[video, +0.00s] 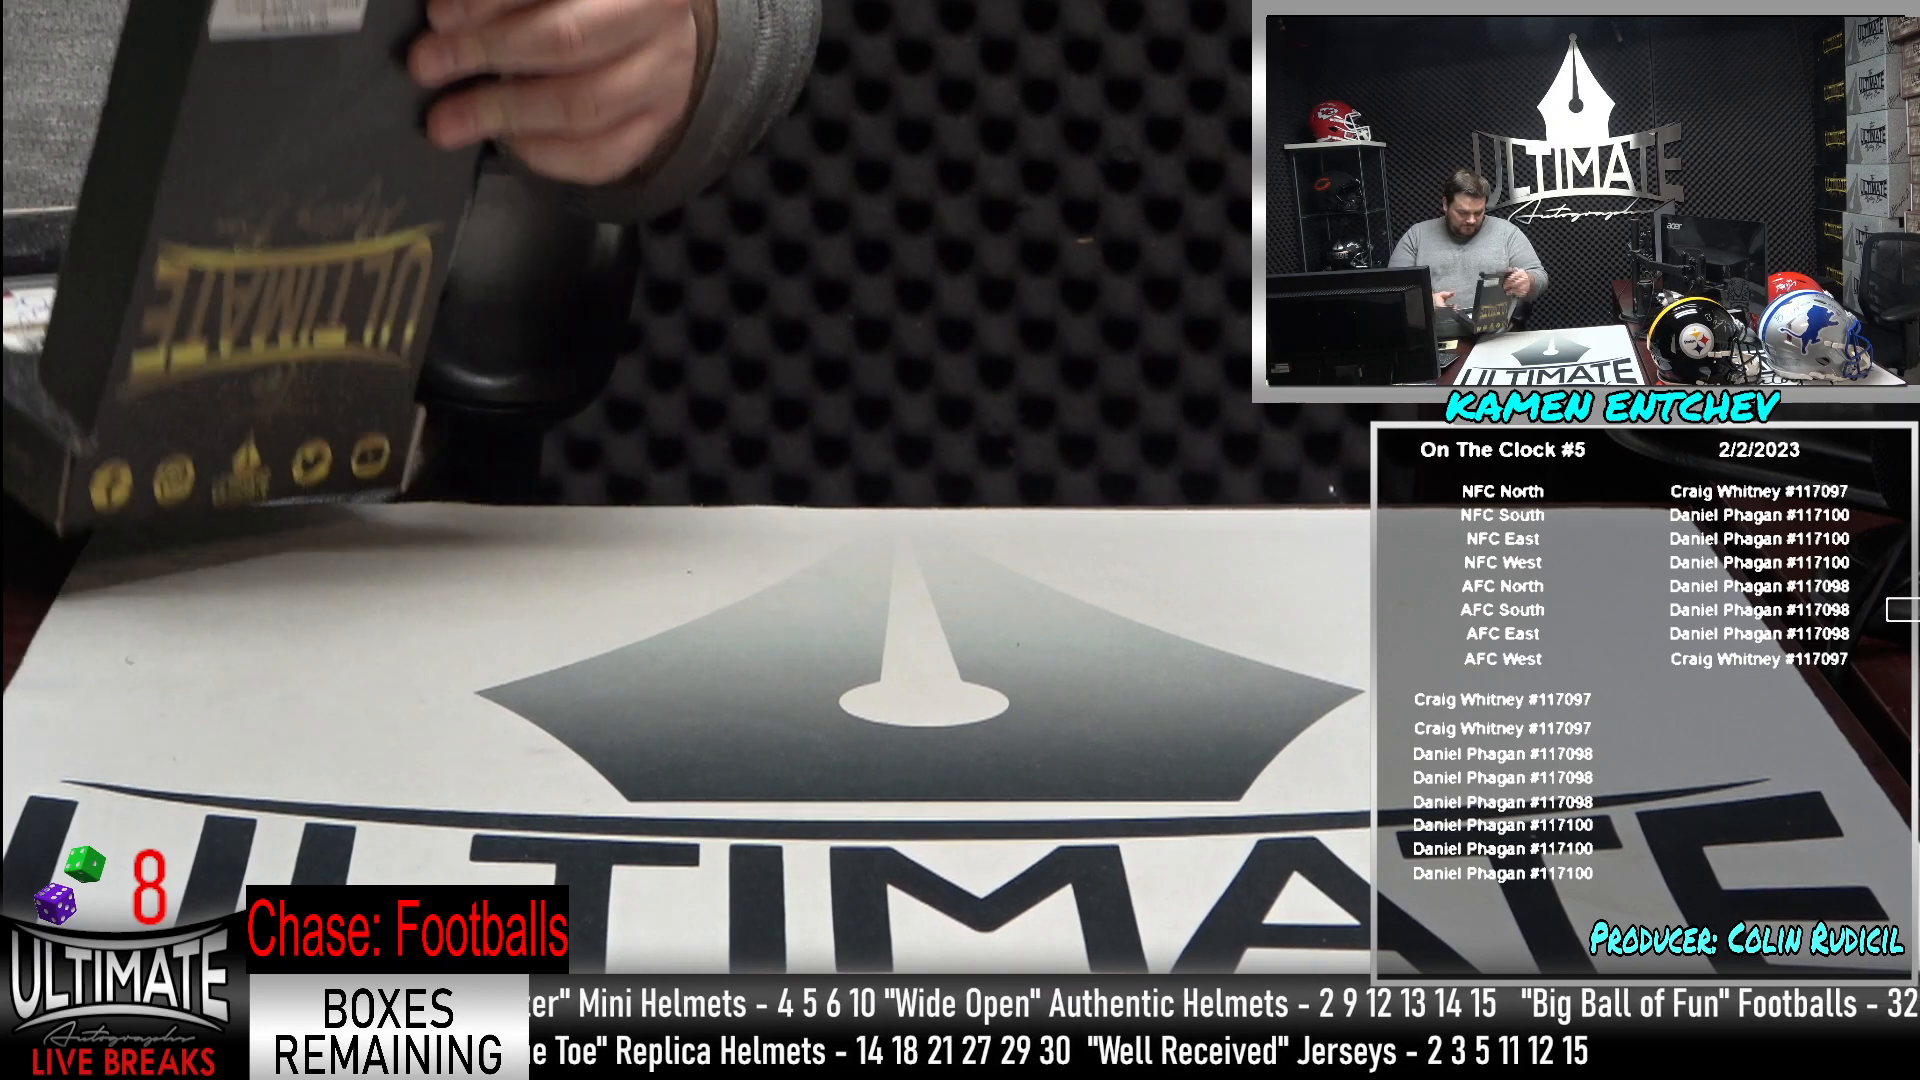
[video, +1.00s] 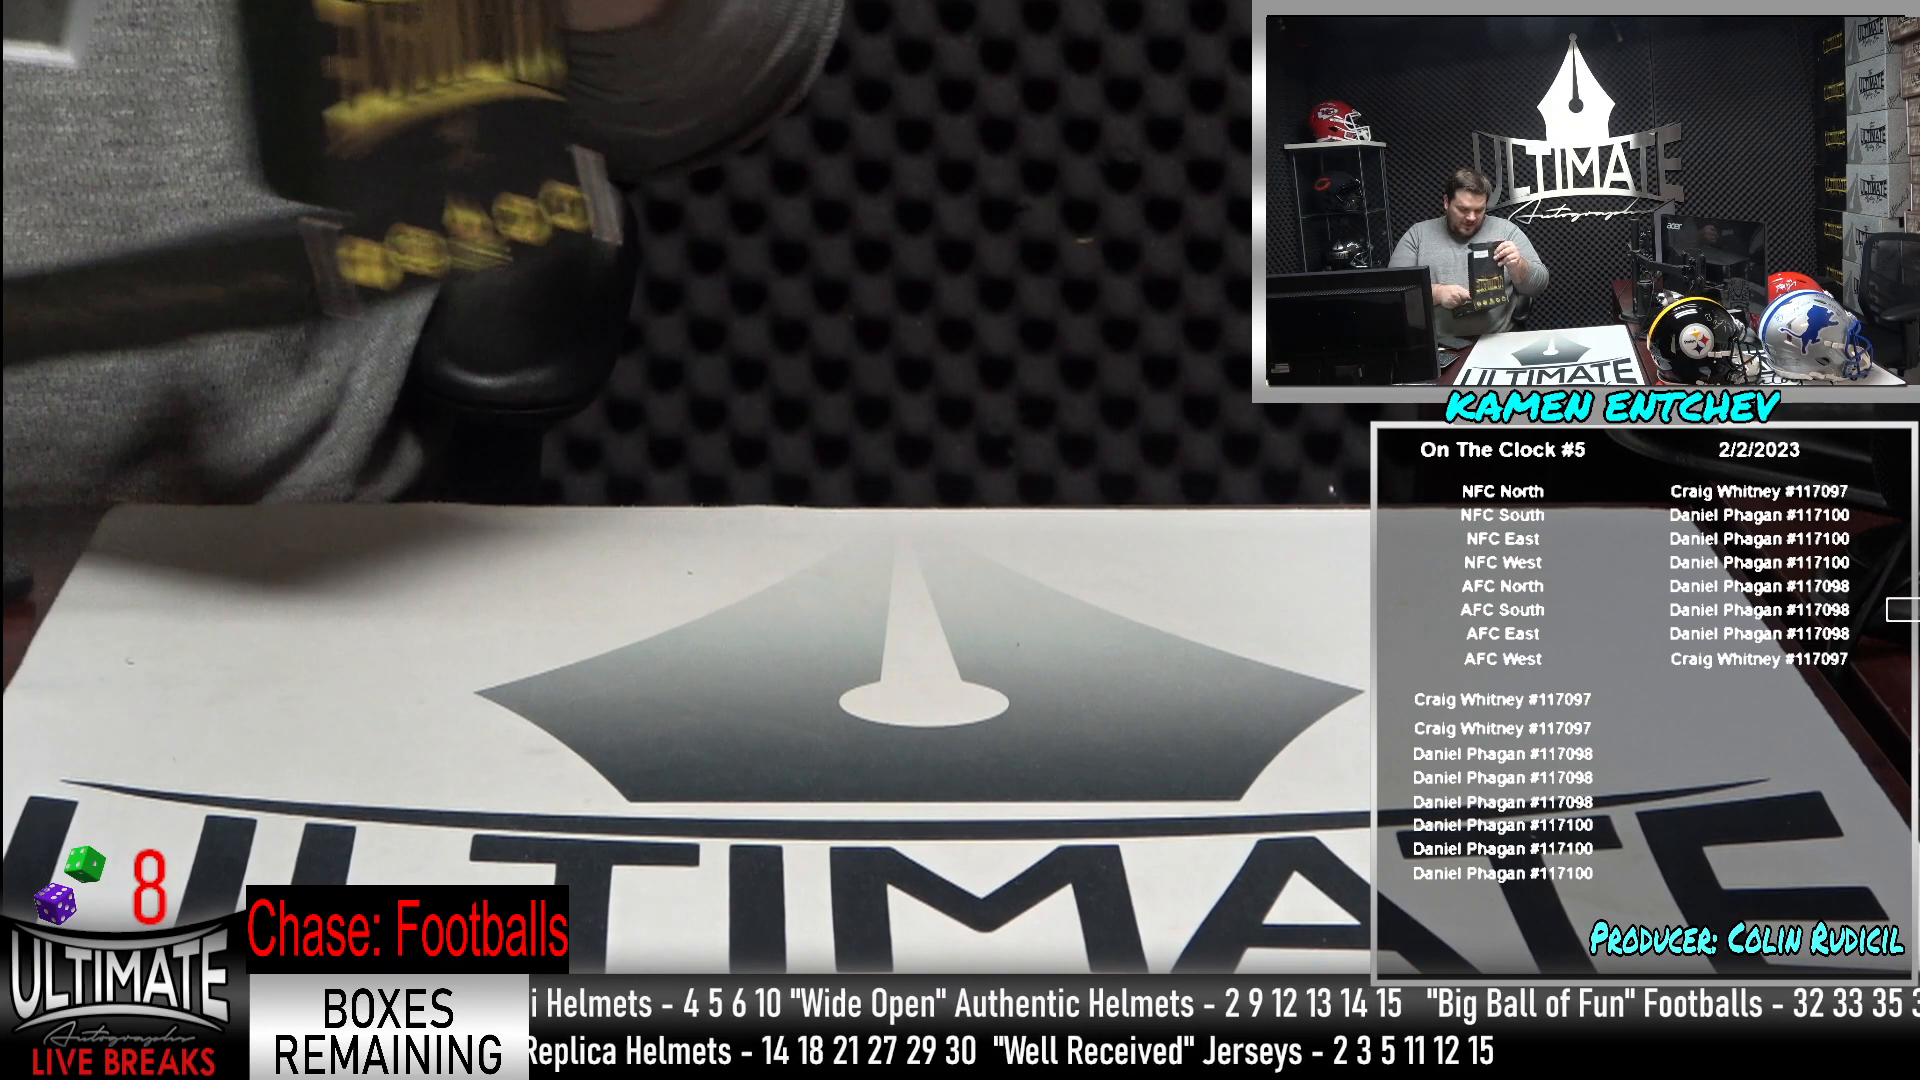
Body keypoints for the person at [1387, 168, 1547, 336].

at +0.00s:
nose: (1471, 220)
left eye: (1478, 213)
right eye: (1463, 213)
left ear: (1485, 206)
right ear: (1445, 205)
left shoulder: (1506, 234)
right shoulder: (1417, 236)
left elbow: (1539, 275)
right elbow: (1393, 287)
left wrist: (1528, 283)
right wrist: (1424, 300)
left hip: (1496, 343)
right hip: (1434, 347)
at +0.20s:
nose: (1472, 221)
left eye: (1479, 213)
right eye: (1463, 213)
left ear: (1486, 206)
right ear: (1446, 204)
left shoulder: (1507, 233)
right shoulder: (1418, 236)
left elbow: (1541, 280)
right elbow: (1392, 289)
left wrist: (1527, 275)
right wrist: (1426, 298)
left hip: (1494, 348)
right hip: (1431, 352)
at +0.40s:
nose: (1472, 221)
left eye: (1479, 213)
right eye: (1463, 213)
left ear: (1486, 207)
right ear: (1446, 204)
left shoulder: (1507, 233)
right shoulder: (1418, 235)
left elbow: (1538, 284)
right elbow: (1393, 285)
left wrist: (1523, 271)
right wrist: (1432, 291)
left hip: (1494, 347)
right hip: (1432, 350)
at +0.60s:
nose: (1472, 220)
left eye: (1479, 213)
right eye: (1464, 212)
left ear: (1486, 207)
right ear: (1447, 204)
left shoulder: (1507, 233)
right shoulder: (1418, 235)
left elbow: (1539, 283)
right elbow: (1394, 285)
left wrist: (1520, 267)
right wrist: (1436, 290)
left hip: (1495, 347)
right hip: (1434, 350)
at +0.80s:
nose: (1472, 219)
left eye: (1479, 211)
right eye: (1463, 211)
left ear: (1486, 206)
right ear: (1447, 204)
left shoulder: (1506, 232)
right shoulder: (1418, 235)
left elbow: (1539, 283)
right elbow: (1394, 285)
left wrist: (1518, 265)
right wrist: (1437, 290)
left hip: (1497, 346)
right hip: (1436, 350)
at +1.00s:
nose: (1471, 218)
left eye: (1478, 211)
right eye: (1463, 210)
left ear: (1485, 205)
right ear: (1446, 203)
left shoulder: (1506, 231)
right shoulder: (1418, 235)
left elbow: (1538, 285)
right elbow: (1394, 287)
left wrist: (1517, 266)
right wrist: (1435, 292)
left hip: (1497, 346)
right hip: (1436, 350)